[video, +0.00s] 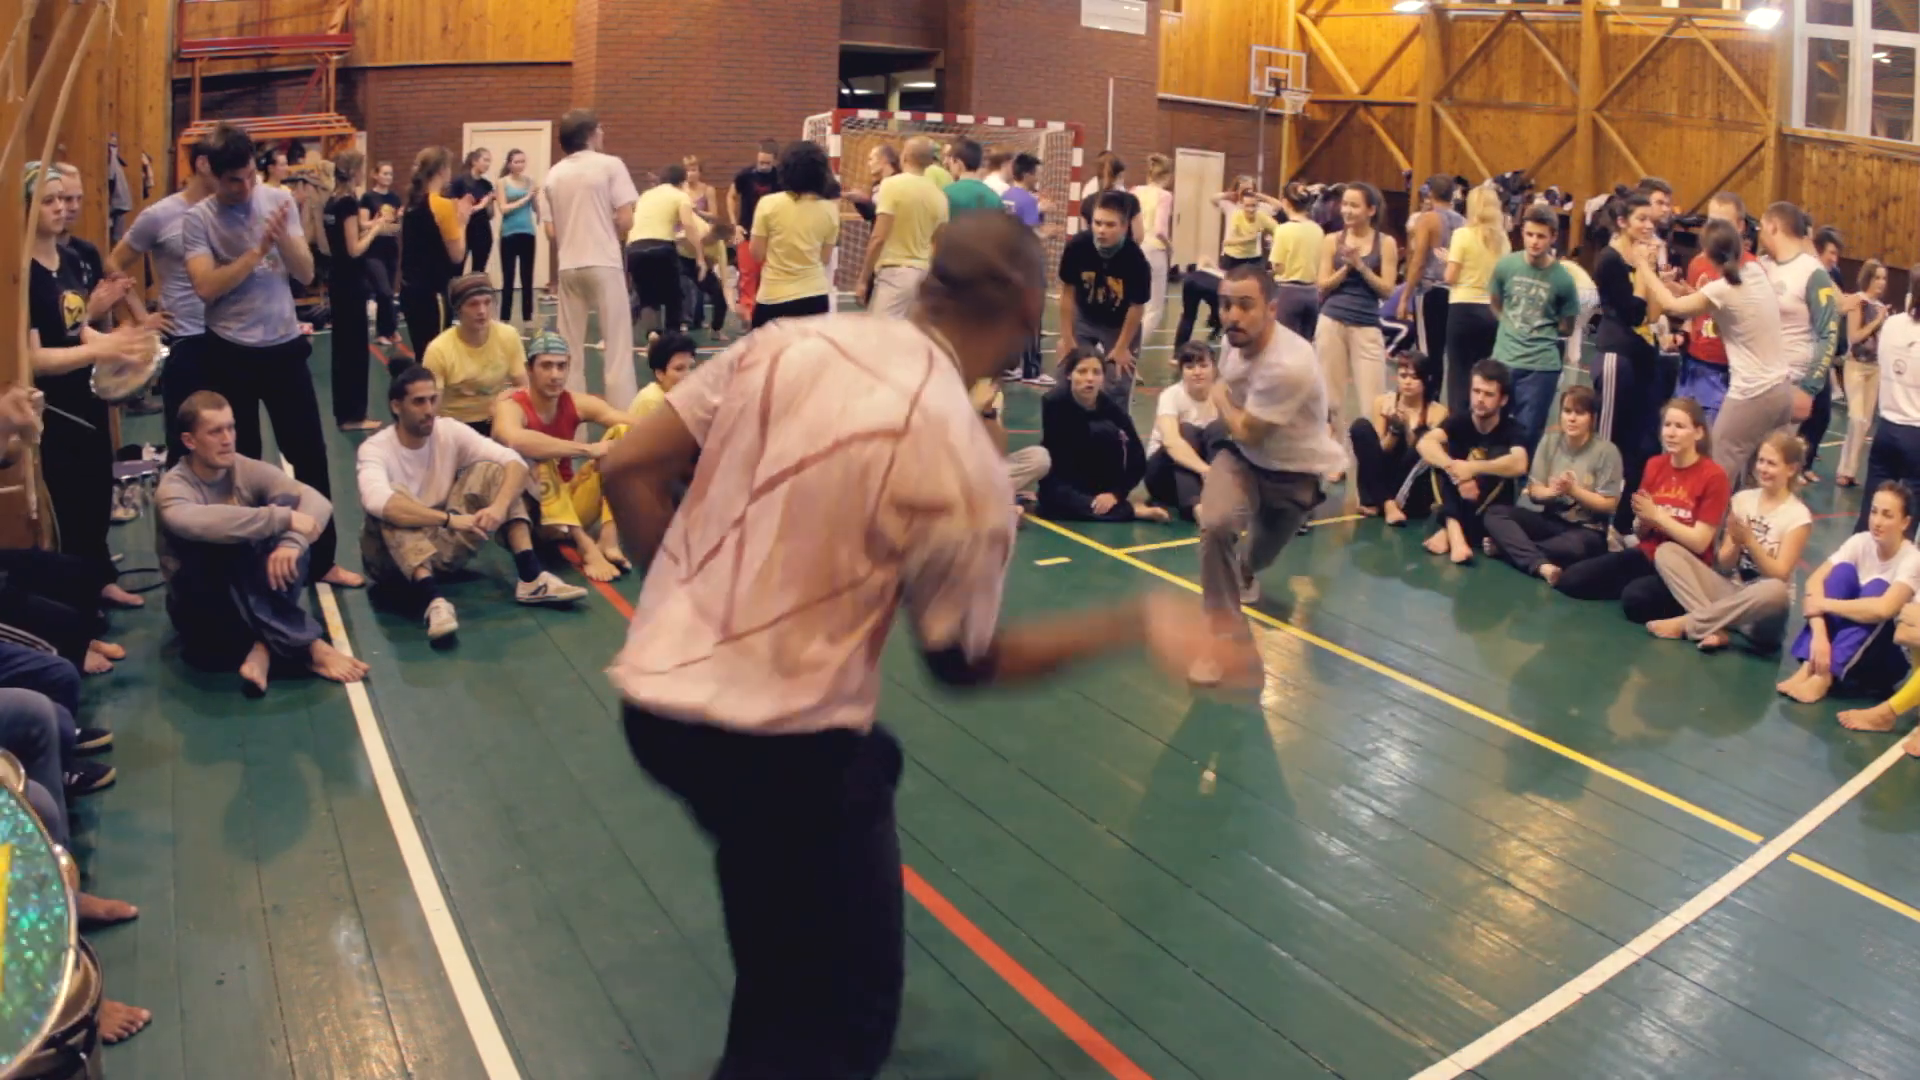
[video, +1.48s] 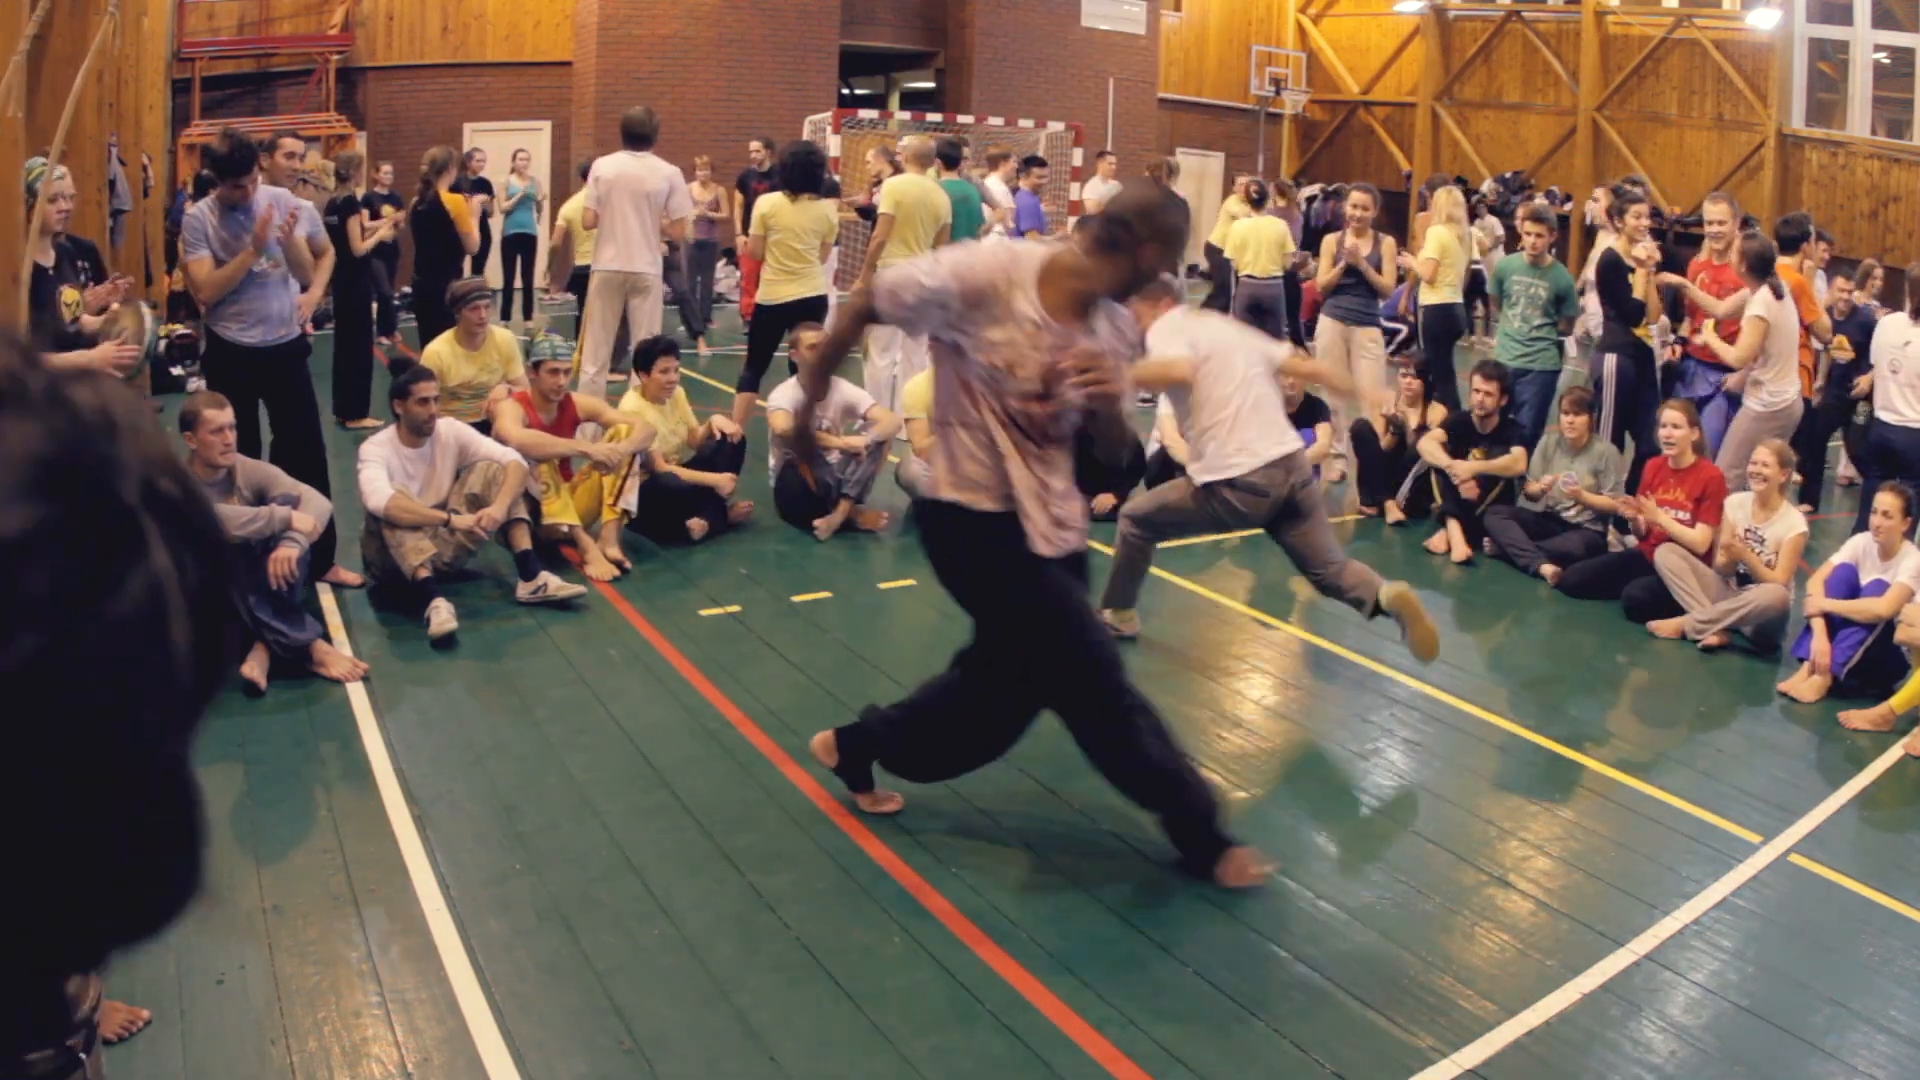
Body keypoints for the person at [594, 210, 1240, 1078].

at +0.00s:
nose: (1031, 329)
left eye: (1034, 314)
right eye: (1033, 312)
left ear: (934, 278)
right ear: (1018, 307)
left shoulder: (783, 343)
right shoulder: (952, 449)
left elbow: (629, 465)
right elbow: (963, 658)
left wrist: (696, 591)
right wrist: (1136, 618)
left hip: (659, 704)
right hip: (783, 744)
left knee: (866, 760)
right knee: (833, 1022)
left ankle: (813, 1013)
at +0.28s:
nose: (864, 254)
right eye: (860, 249)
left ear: (780, 287)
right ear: (865, 264)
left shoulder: (740, 353)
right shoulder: (938, 308)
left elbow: (604, 458)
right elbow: (1076, 382)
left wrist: (705, 518)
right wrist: (1031, 354)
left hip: (804, 602)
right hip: (935, 597)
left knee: (793, 717)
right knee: (954, 831)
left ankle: (820, 810)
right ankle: (765, 982)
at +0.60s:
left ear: (855, 405)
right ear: (929, 381)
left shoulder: (829, 451)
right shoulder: (987, 396)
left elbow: (827, 579)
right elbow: (1128, 418)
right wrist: (1044, 440)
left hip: (898, 570)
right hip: (1026, 555)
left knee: (845, 680)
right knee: (1151, 737)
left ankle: (818, 802)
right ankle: (1294, 923)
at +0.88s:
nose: (1292, 329)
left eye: (1289, 316)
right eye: (1288, 317)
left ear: (1214, 303)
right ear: (1263, 311)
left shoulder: (1132, 353)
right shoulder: (1244, 363)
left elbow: (1098, 436)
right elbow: (1285, 431)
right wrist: (1429, 462)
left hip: (1045, 589)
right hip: (1148, 605)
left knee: (967, 682)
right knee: (1308, 663)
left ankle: (875, 805)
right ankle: (1302, 841)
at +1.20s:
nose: (1337, 436)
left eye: (1342, 426)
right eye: (1338, 425)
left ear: (1288, 391)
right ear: (1312, 418)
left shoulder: (1297, 456)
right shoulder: (1169, 439)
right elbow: (1043, 493)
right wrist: (939, 569)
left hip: (1211, 620)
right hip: (1148, 611)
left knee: (1073, 760)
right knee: (1328, 685)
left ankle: (905, 737)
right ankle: (1316, 841)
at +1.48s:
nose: (1146, 288)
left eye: (1155, 276)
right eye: (1147, 271)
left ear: (1127, 253)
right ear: (1113, 242)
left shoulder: (1114, 330)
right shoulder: (988, 273)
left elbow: (1115, 461)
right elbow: (868, 299)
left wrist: (1104, 407)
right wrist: (807, 408)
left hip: (1054, 525)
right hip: (967, 513)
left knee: (995, 699)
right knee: (1086, 668)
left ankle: (858, 747)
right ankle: (1205, 841)